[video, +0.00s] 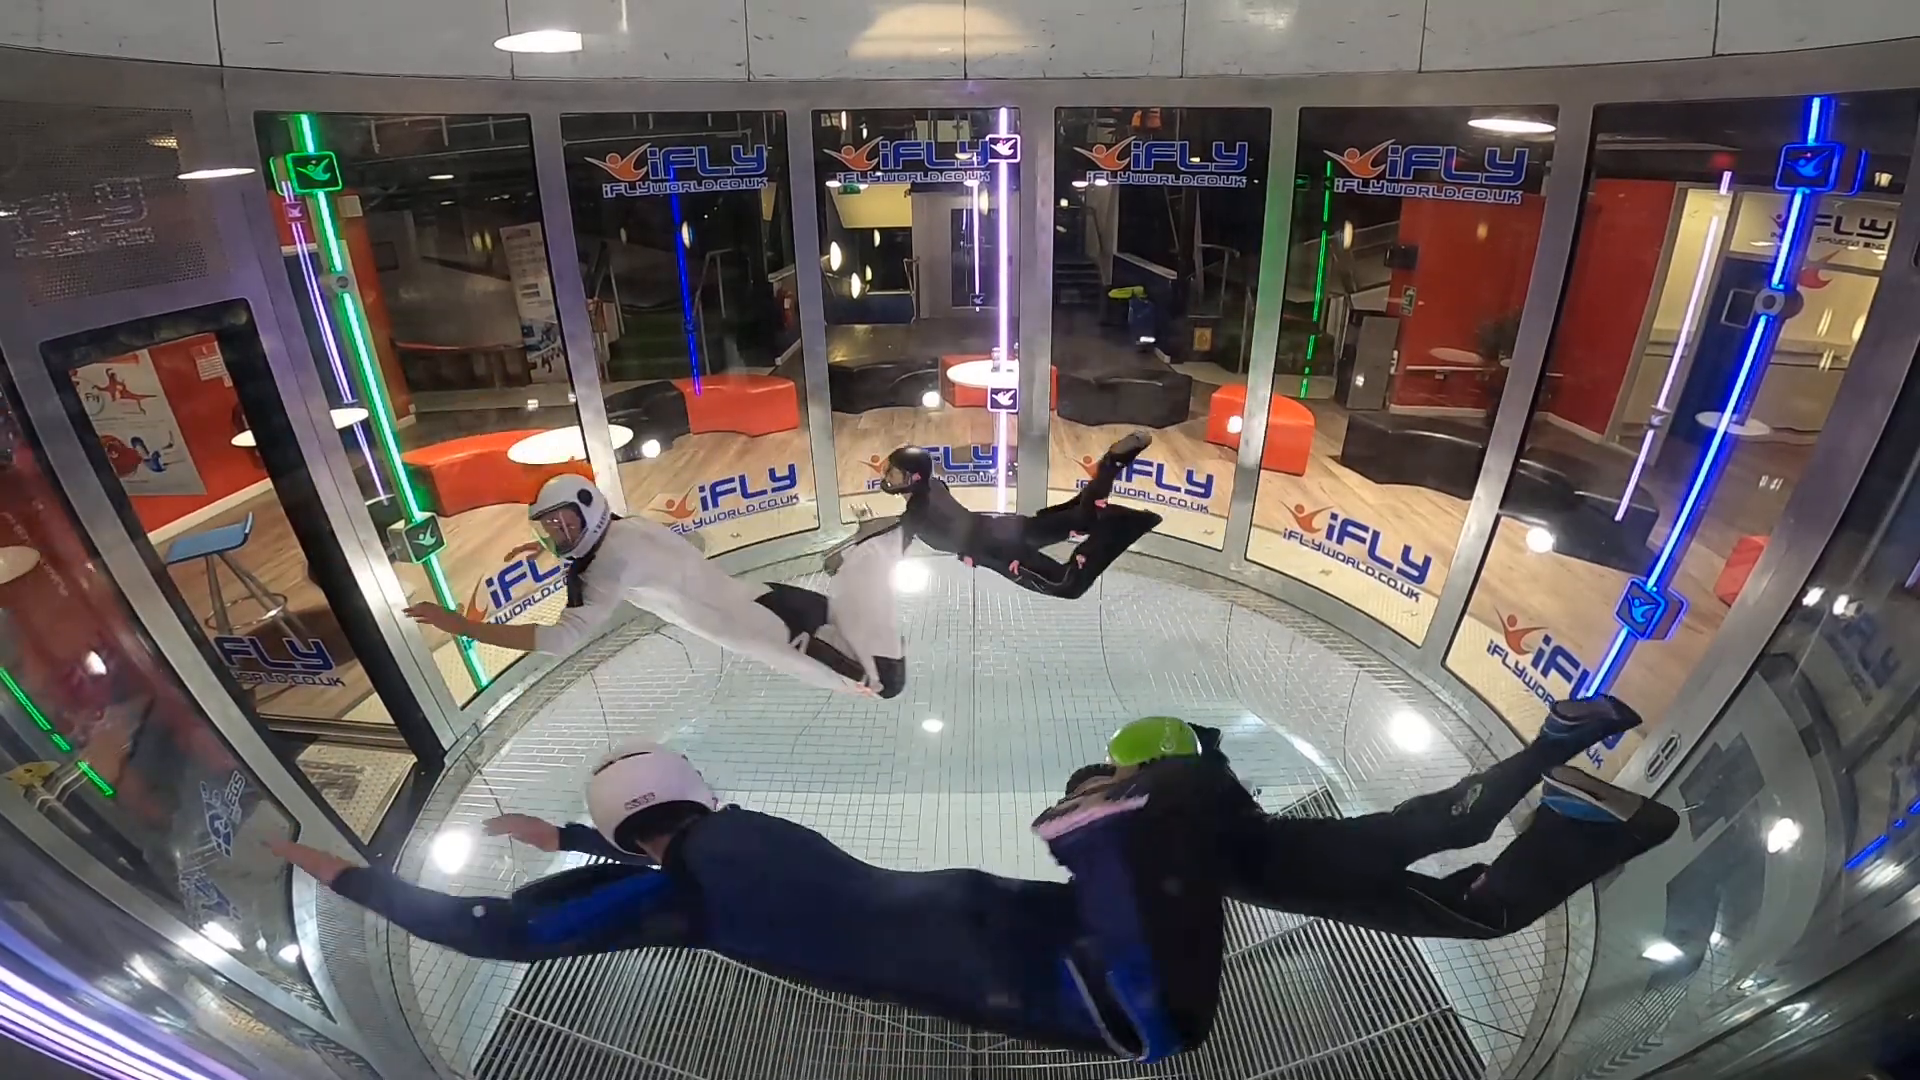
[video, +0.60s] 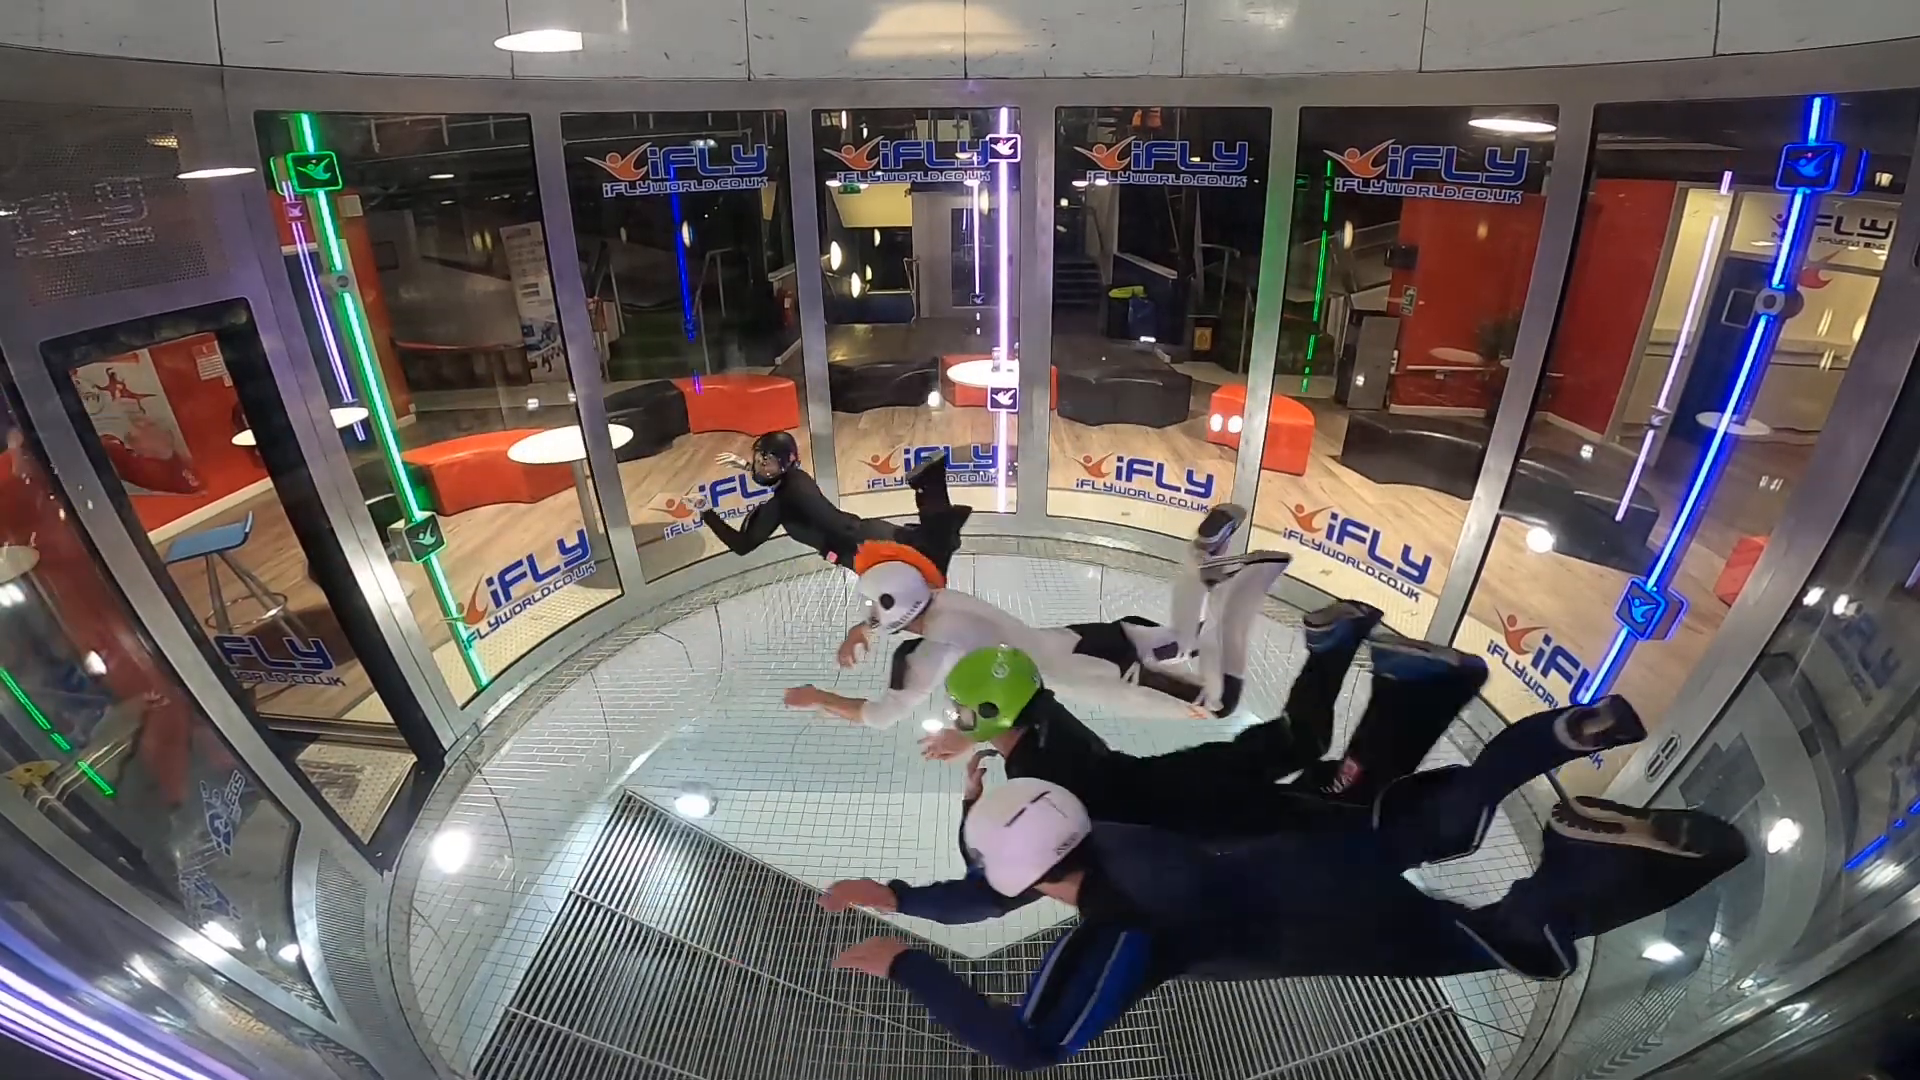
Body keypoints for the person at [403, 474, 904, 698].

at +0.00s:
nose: (553, 535)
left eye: (558, 521)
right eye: (546, 526)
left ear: (588, 511)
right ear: (569, 519)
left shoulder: (612, 560)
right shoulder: (622, 530)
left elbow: (561, 640)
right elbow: (689, 547)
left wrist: (463, 627)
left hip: (768, 625)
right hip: (768, 605)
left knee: (885, 679)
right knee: (864, 656)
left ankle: (875, 552)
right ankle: (858, 567)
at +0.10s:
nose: (600, 557)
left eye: (605, 542)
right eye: (591, 549)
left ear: (633, 531)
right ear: (602, 545)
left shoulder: (658, 578)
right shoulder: (659, 545)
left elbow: (597, 661)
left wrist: (499, 663)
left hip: (821, 636)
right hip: (815, 622)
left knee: (932, 687)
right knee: (913, 674)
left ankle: (926, 552)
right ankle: (911, 558)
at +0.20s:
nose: (650, 578)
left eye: (656, 564)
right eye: (642, 570)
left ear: (681, 550)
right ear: (661, 556)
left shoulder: (706, 602)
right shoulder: (707, 557)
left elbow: (648, 680)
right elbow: (657, 565)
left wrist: (553, 688)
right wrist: (617, 584)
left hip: (855, 644)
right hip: (850, 617)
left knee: (978, 693)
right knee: (930, 634)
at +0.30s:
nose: (699, 593)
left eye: (705, 583)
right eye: (695, 584)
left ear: (732, 579)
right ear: (730, 573)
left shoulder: (762, 623)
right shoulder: (756, 577)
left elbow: (701, 697)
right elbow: (710, 584)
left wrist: (624, 695)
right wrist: (674, 605)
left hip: (920, 661)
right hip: (913, 629)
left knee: (1026, 702)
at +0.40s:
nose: (762, 597)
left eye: (768, 584)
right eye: (759, 586)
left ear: (787, 584)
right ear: (801, 567)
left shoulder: (820, 632)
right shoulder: (824, 584)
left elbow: (769, 700)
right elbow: (783, 595)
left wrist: (704, 683)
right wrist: (743, 614)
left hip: (982, 668)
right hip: (978, 638)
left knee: (1089, 704)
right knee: (1080, 683)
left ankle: (1098, 579)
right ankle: (1078, 584)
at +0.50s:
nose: (820, 618)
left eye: (826, 609)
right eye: (817, 608)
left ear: (848, 607)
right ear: (858, 581)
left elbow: (827, 708)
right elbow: (840, 605)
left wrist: (772, 683)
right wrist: (803, 629)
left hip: (1033, 667)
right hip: (1026, 639)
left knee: (1161, 699)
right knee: (1138, 665)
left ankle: (1159, 587)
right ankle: (1154, 579)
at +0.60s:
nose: (879, 615)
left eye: (887, 606)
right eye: (875, 607)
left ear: (913, 600)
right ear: (905, 593)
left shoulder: (935, 645)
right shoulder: (935, 601)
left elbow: (887, 711)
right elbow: (890, 617)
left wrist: (827, 702)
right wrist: (862, 634)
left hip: (1088, 662)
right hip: (1073, 639)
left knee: (1215, 695)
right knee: (1168, 641)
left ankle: (1238, 590)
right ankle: (1208, 562)